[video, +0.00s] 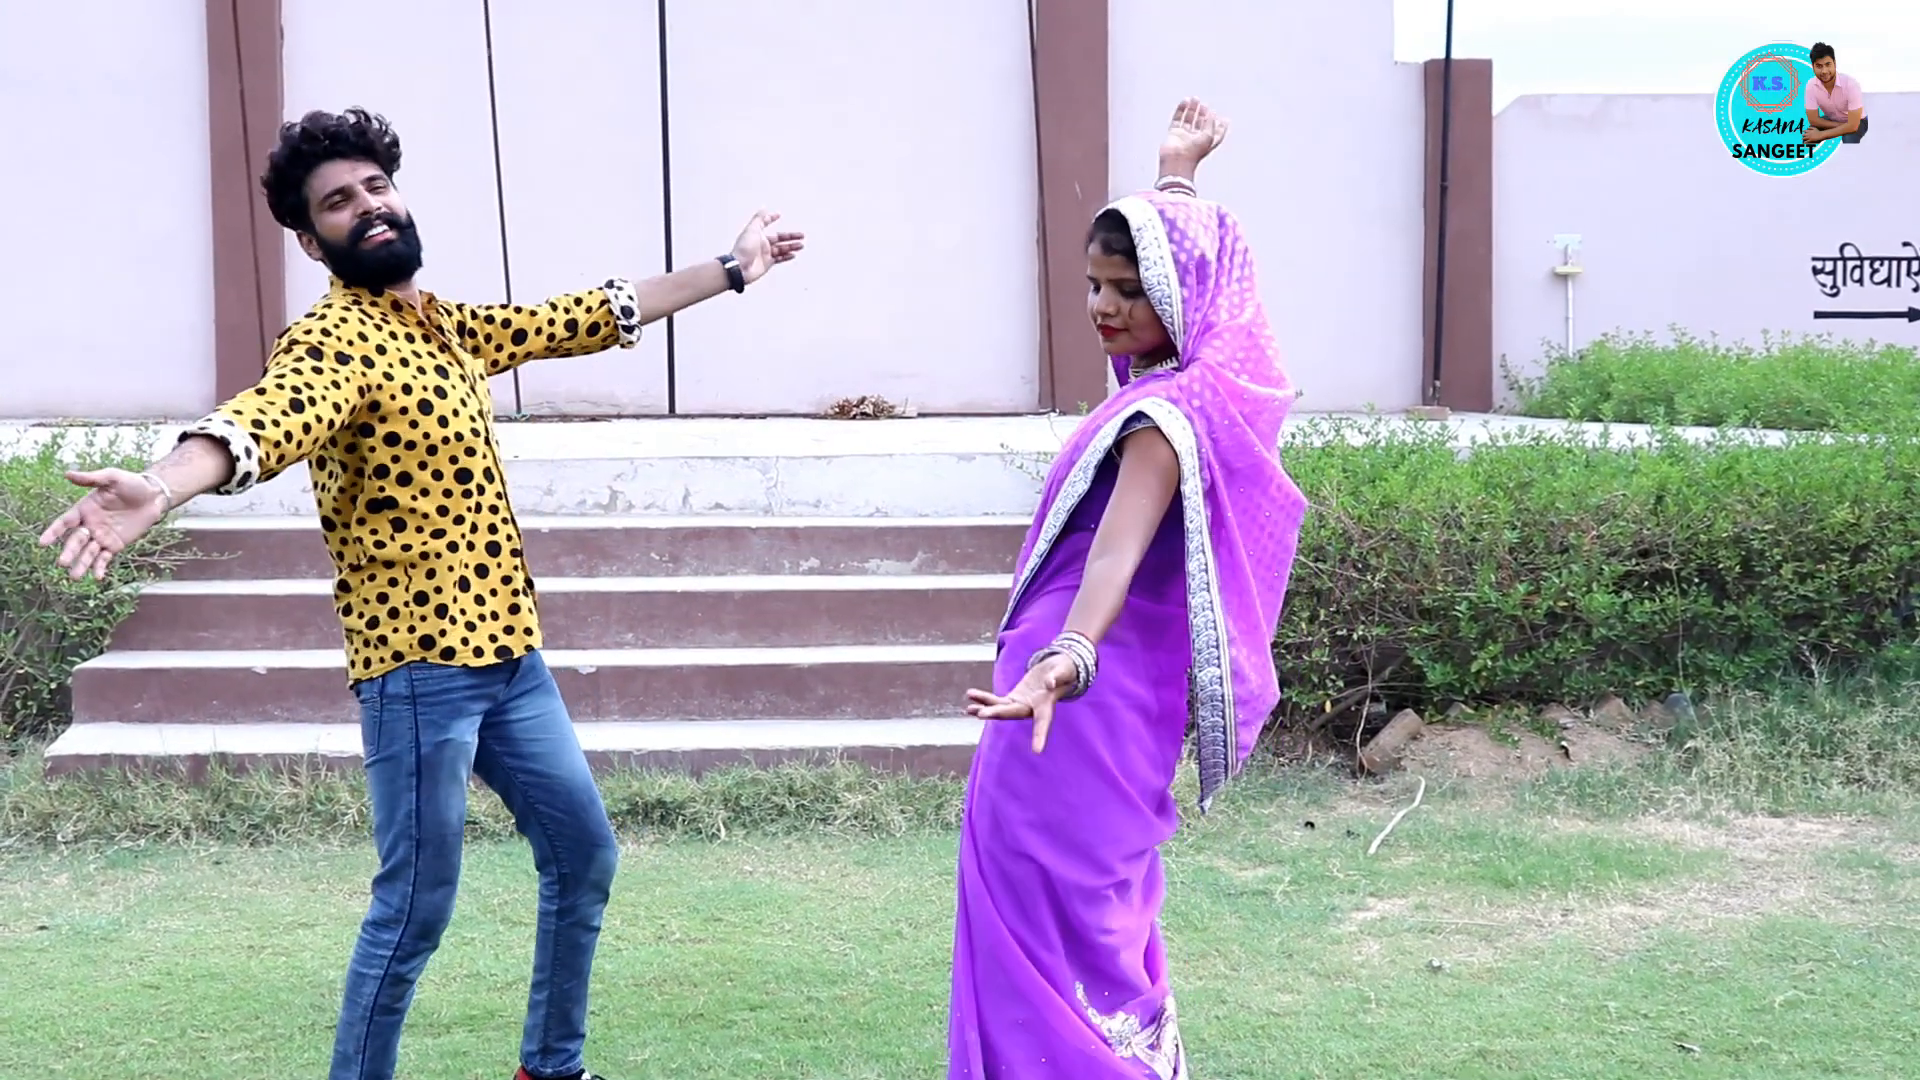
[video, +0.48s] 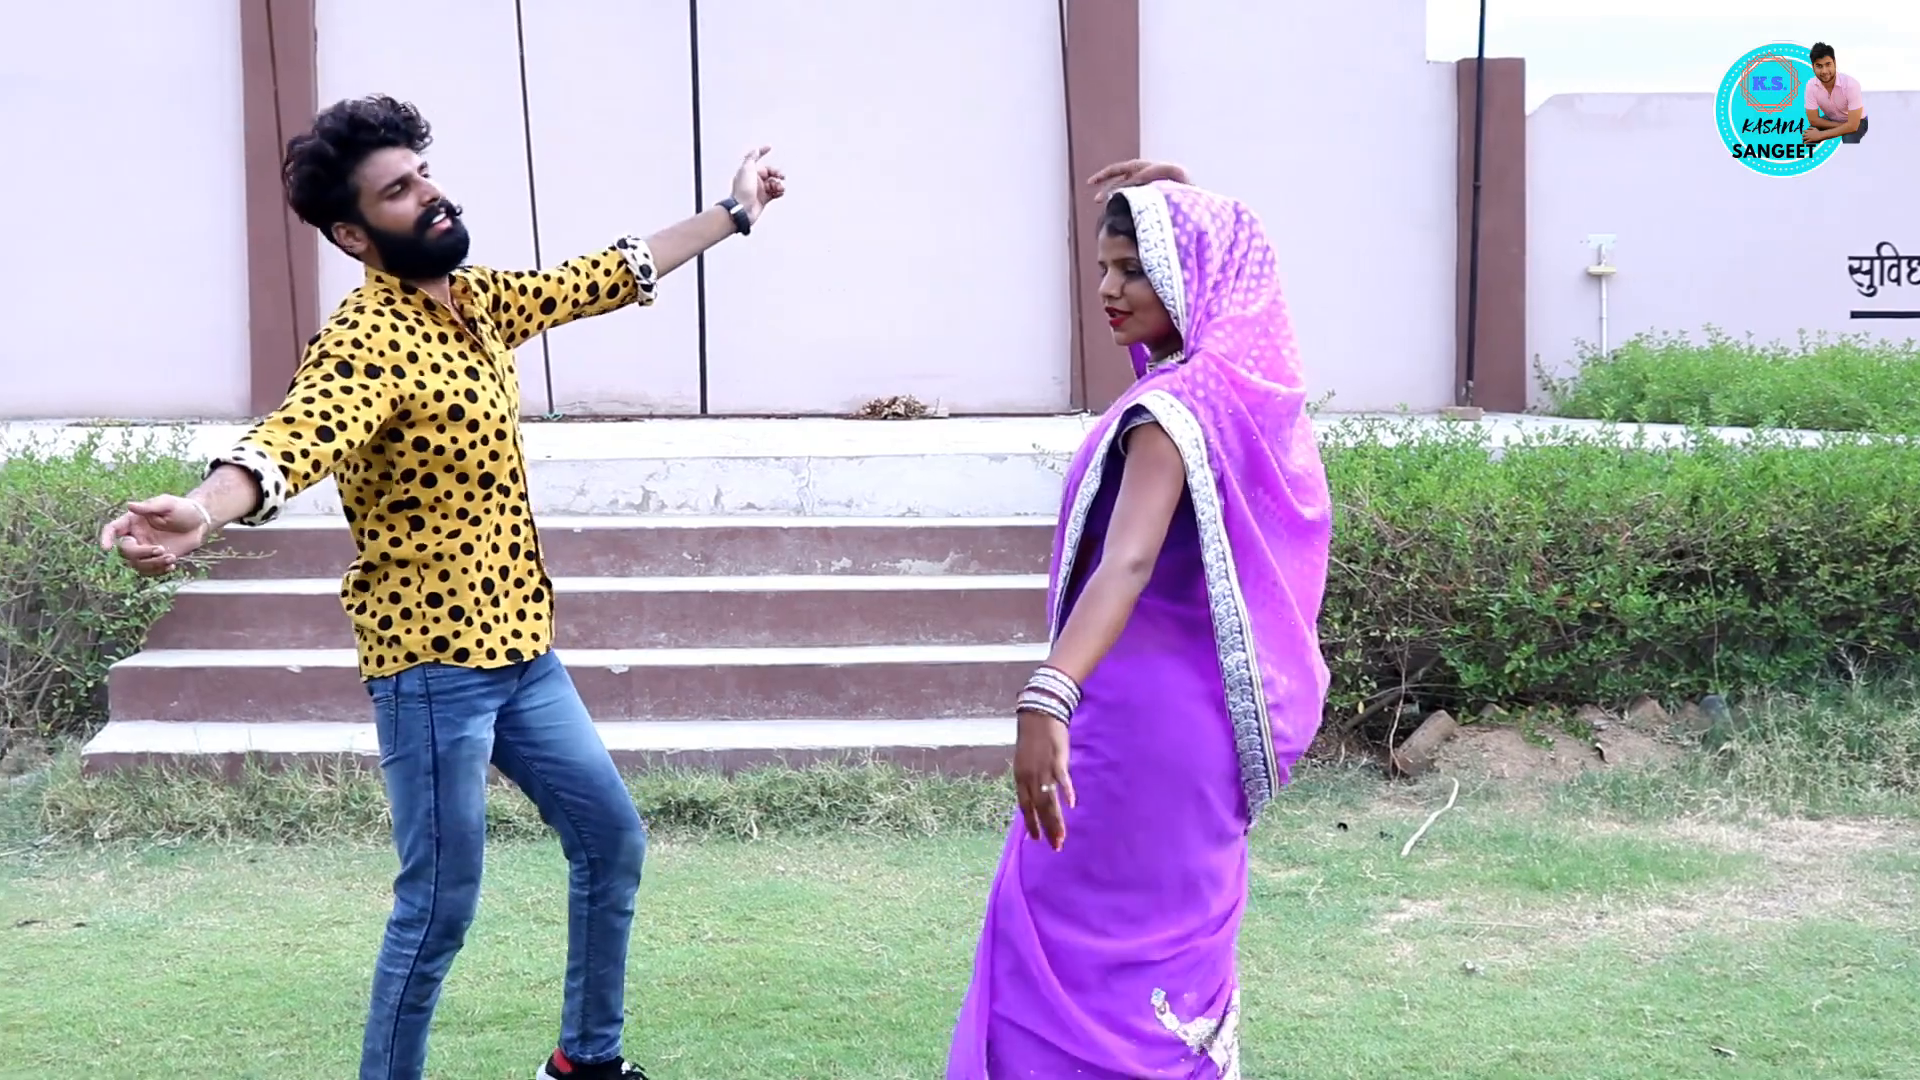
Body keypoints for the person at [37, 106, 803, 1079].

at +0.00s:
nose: (371, 207)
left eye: (378, 184)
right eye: (340, 202)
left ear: (403, 195)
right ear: (310, 236)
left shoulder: (449, 325)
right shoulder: (331, 342)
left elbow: (581, 318)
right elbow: (257, 420)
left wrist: (728, 269)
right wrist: (165, 485)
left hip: (510, 659)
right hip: (414, 673)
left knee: (584, 850)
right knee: (413, 907)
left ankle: (554, 1064)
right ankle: (357, 1073)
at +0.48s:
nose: (430, 194)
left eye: (425, 174)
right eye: (397, 191)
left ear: (437, 174)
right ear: (350, 234)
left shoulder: (484, 299)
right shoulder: (365, 340)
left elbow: (609, 276)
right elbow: (293, 437)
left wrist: (731, 211)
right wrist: (204, 507)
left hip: (521, 653)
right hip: (428, 668)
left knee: (612, 837)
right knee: (437, 904)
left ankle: (591, 1059)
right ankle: (387, 1073)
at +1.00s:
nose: (621, 212)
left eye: (615, 194)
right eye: (604, 198)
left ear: (555, 218)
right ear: (546, 220)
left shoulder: (602, 297)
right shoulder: (495, 349)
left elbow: (696, 258)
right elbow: (444, 501)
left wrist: (803, 208)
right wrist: (457, 567)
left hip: (629, 648)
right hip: (550, 660)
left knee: (701, 833)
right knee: (554, 893)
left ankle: (676, 1059)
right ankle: (495, 1071)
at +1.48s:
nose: (777, 245)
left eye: (775, 228)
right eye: (773, 230)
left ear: (687, 236)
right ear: (743, 247)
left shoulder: (650, 296)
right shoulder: (711, 400)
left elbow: (684, 192)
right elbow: (748, 587)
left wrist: (771, 101)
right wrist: (847, 659)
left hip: (677, 629)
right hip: (688, 650)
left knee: (761, 833)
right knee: (646, 883)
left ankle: (707, 1065)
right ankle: (530, 1068)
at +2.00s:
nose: (974, 237)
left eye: (972, 217)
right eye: (974, 221)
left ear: (876, 201)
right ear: (950, 228)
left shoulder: (811, 269)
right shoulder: (924, 352)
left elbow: (877, 115)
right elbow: (938, 508)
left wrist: (940, 7)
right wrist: (958, 587)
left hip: (806, 608)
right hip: (904, 625)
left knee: (798, 847)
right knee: (970, 850)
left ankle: (716, 1060)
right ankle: (996, 1066)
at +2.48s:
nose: (1080, 235)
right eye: (1080, 221)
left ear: (985, 227)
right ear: (1076, 230)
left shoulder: (948, 294)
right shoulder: (1115, 340)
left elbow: (956, 143)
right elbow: (1154, 493)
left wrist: (1029, 25)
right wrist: (1134, 503)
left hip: (958, 598)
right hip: (1064, 607)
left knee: (1026, 821)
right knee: (1062, 829)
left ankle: (1097, 1022)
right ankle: (1015, 1040)